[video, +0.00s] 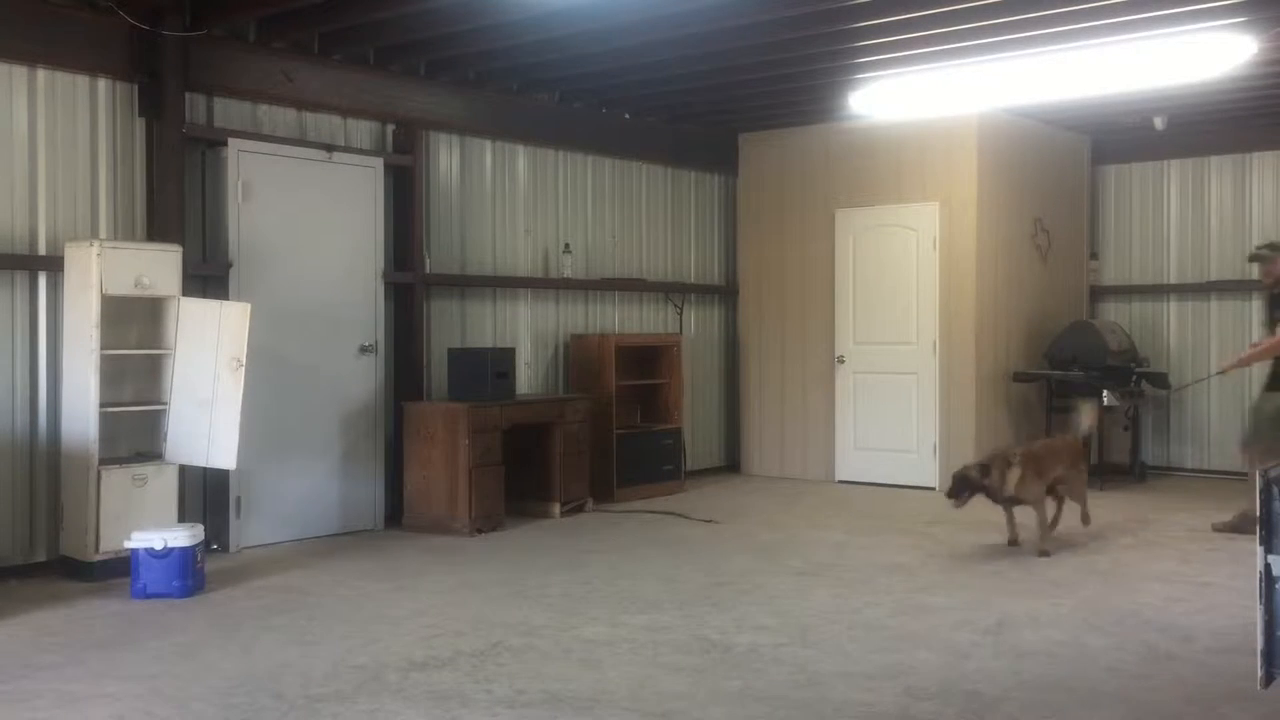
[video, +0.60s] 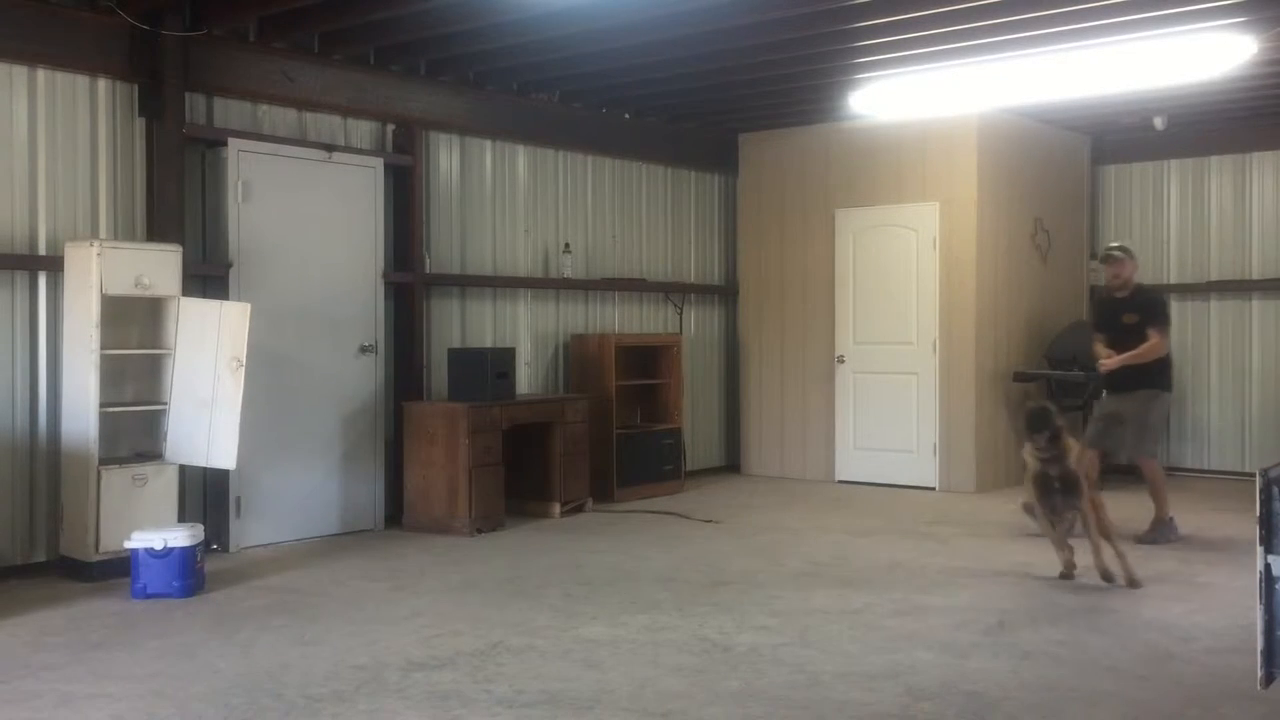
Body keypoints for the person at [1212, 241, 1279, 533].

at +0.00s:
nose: (1262, 270)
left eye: (1267, 264)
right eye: (1261, 264)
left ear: (1278, 265)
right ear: (1263, 267)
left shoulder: (1276, 295)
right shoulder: (1271, 295)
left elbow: (1276, 341)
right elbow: (1273, 336)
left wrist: (1245, 358)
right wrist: (1252, 350)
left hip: (1276, 383)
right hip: (1272, 382)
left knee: (1260, 444)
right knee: (1259, 443)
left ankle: (1257, 511)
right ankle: (1256, 510)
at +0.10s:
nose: (1240, 268)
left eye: (1245, 262)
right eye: (1237, 263)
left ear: (1261, 263)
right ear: (1237, 267)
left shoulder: (1272, 290)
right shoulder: (1243, 294)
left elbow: (1270, 338)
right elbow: (1238, 338)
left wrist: (1223, 364)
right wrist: (1229, 350)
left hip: (1272, 377)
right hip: (1251, 375)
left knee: (1236, 440)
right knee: (1227, 443)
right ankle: (1251, 510)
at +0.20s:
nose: (1217, 267)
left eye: (1223, 261)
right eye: (1214, 262)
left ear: (1240, 264)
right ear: (1211, 266)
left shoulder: (1254, 297)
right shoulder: (1214, 297)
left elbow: (1248, 343)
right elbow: (1207, 343)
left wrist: (1203, 360)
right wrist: (1228, 351)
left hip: (1249, 383)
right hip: (1222, 381)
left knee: (1215, 443)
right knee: (1211, 449)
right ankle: (1249, 512)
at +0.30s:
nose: (1192, 273)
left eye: (1199, 266)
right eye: (1189, 267)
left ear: (1216, 269)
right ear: (1187, 271)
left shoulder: (1228, 303)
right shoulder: (1189, 302)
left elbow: (1221, 350)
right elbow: (1182, 344)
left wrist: (1173, 363)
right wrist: (1167, 358)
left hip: (1220, 390)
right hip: (1193, 387)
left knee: (1191, 451)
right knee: (1175, 451)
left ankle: (1175, 521)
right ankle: (1227, 495)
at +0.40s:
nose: (1167, 277)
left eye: (1173, 271)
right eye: (1163, 271)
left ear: (1189, 274)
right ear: (1159, 276)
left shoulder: (1202, 309)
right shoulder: (1160, 308)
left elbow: (1200, 356)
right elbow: (1156, 346)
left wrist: (1152, 367)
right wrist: (1146, 367)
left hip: (1195, 393)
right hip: (1164, 389)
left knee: (1165, 452)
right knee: (1137, 449)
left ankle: (1169, 522)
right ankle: (1183, 493)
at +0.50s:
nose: (1139, 274)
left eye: (1144, 268)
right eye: (1134, 269)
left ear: (1159, 270)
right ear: (1130, 273)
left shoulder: (1175, 303)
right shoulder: (1131, 307)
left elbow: (1181, 350)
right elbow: (1129, 347)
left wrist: (1133, 364)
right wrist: (1125, 365)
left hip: (1174, 391)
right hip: (1140, 389)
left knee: (1157, 451)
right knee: (1111, 442)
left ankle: (1167, 521)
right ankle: (1114, 513)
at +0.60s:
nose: (1114, 270)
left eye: (1120, 264)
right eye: (1109, 265)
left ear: (1134, 266)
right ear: (1103, 270)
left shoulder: (1151, 299)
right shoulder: (1103, 303)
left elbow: (1159, 345)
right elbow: (1098, 344)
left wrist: (1119, 361)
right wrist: (1107, 355)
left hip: (1150, 389)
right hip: (1116, 389)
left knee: (1144, 454)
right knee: (1090, 451)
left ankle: (1163, 520)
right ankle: (1085, 515)